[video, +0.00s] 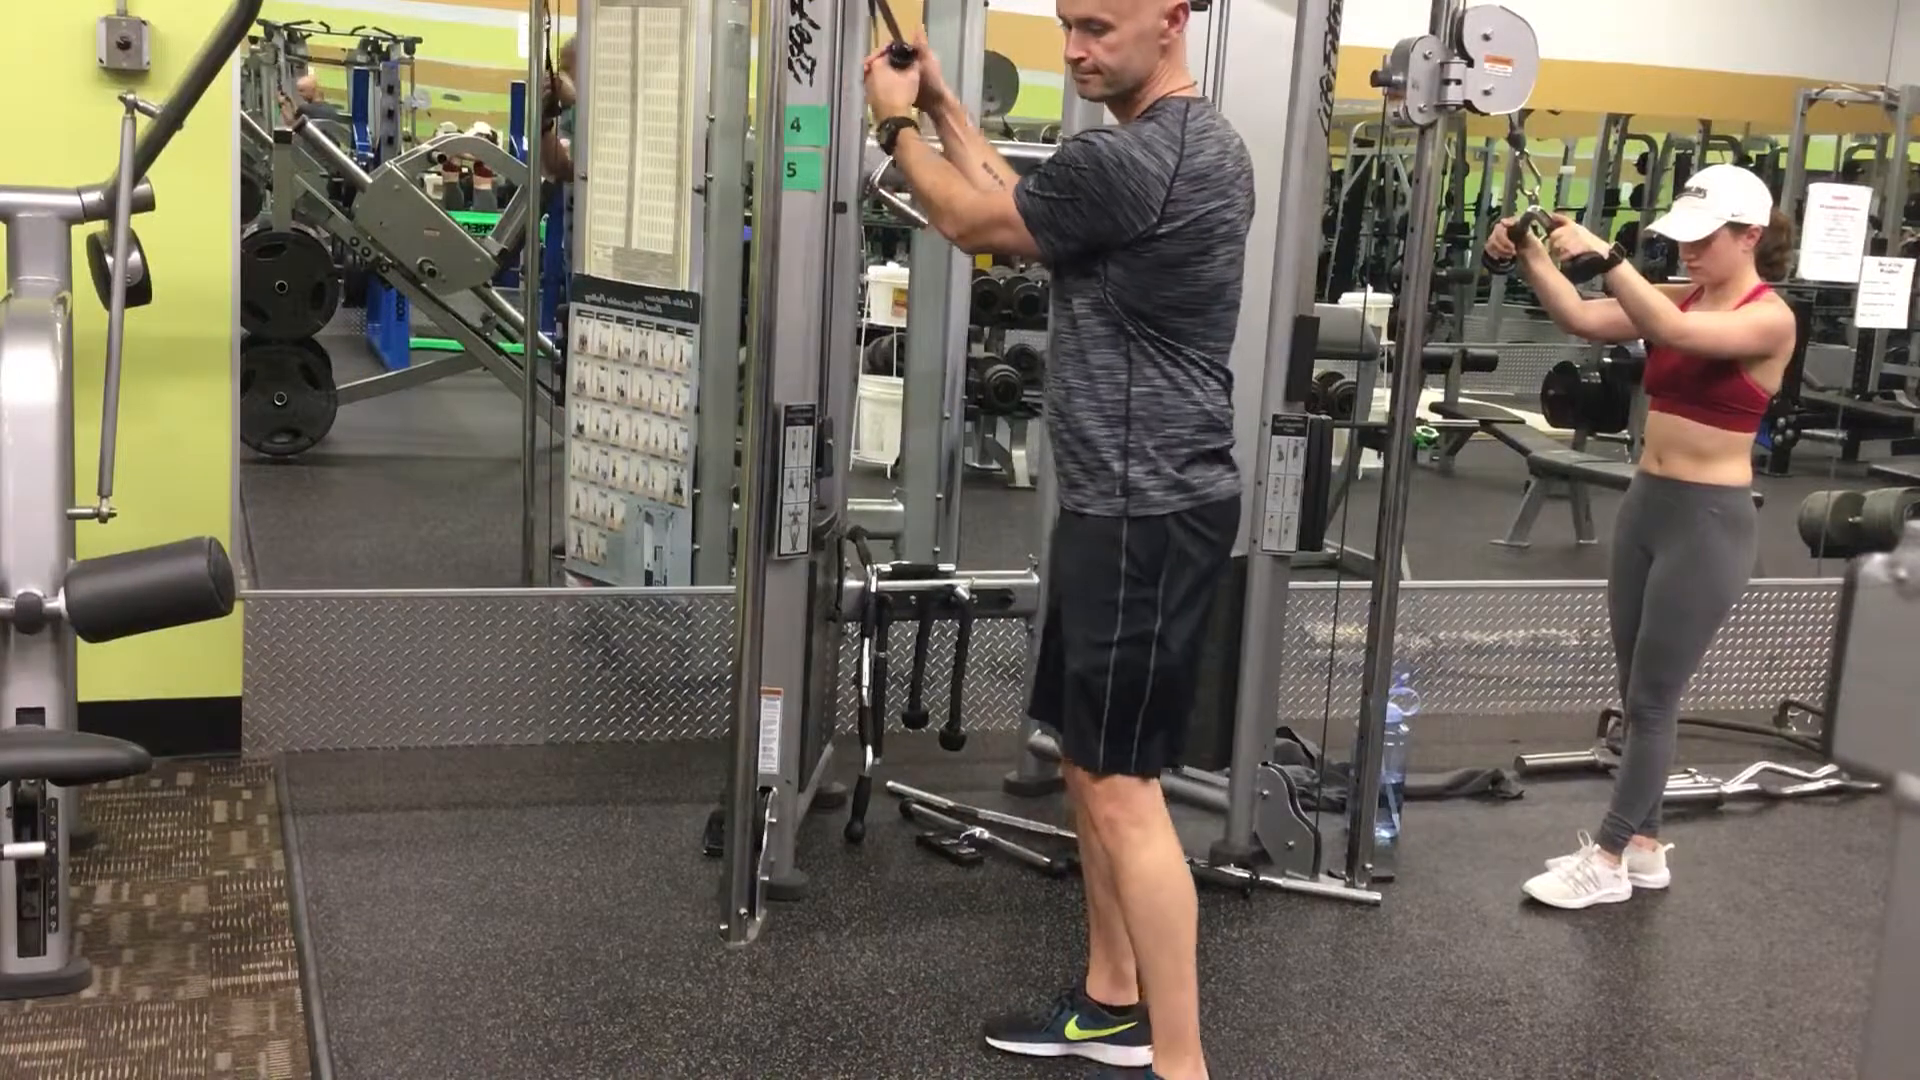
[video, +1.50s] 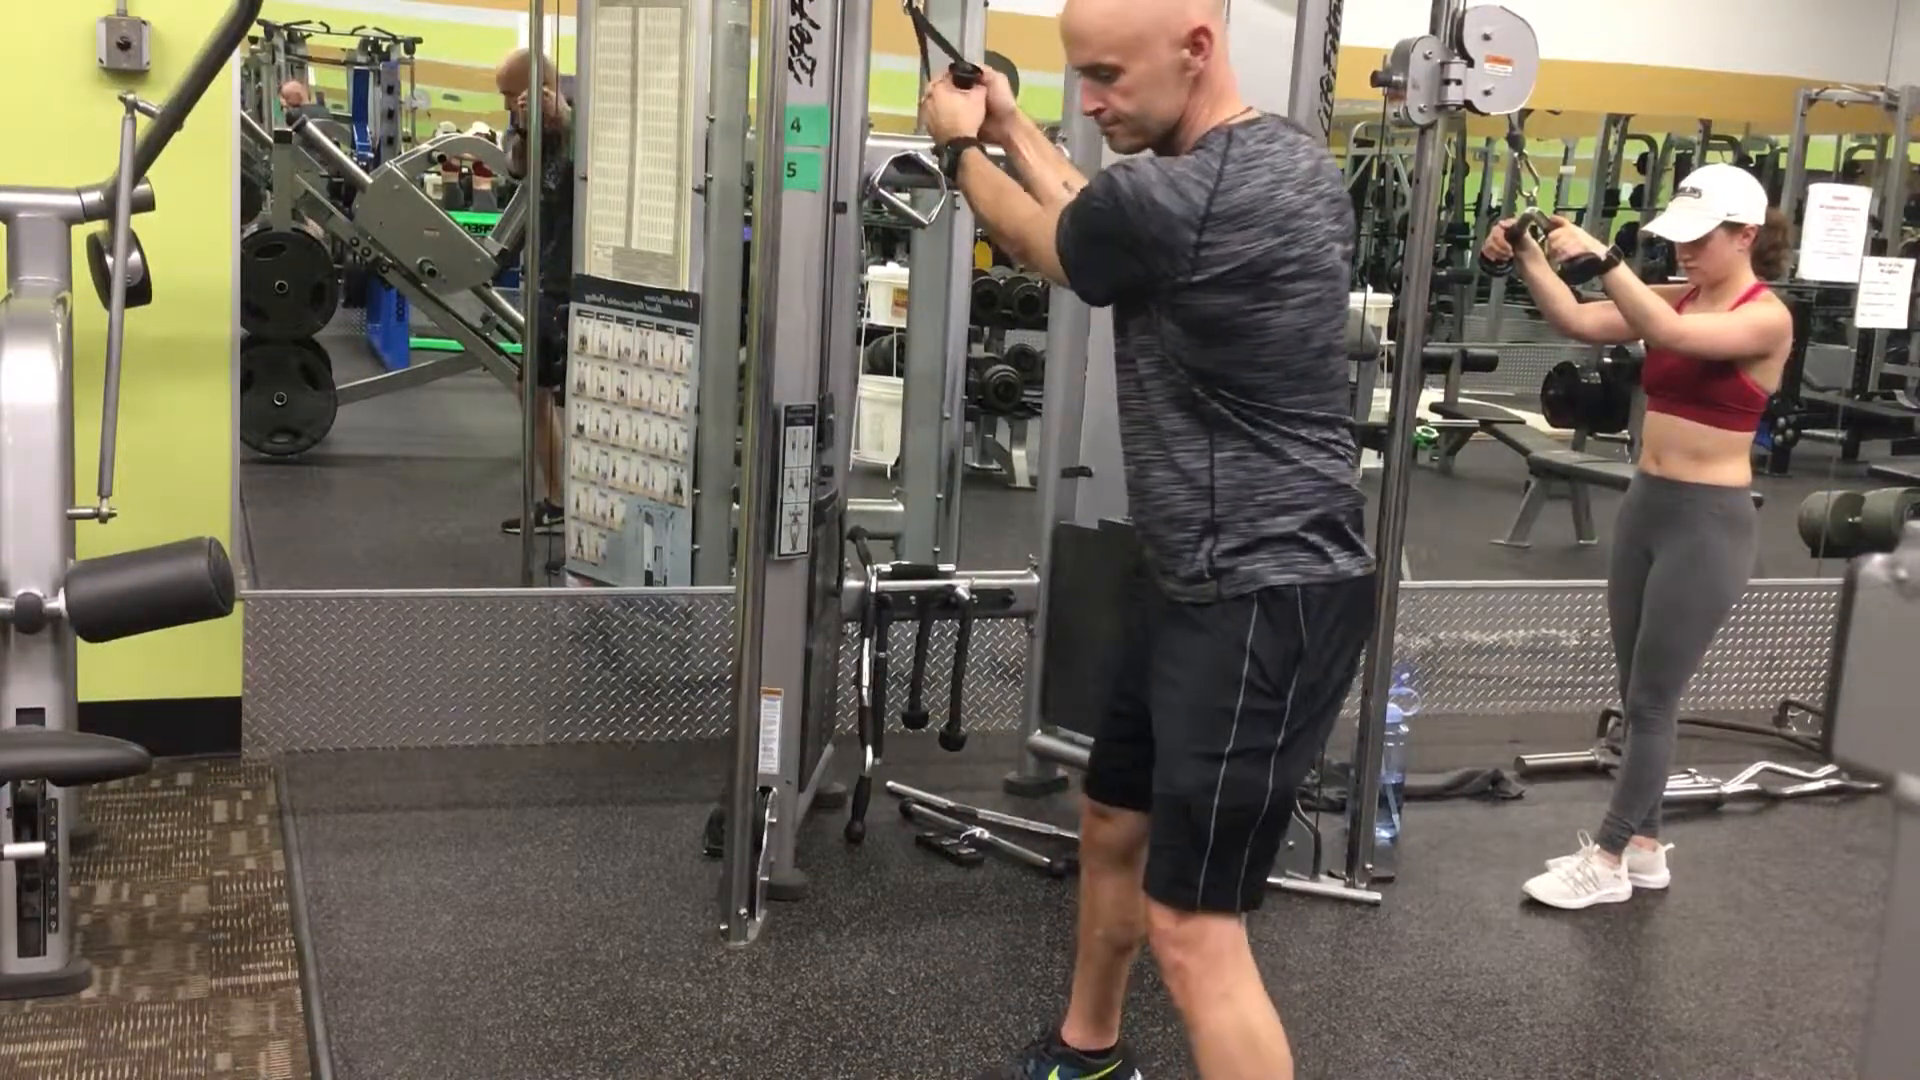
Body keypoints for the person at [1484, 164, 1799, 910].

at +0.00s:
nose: (1685, 253)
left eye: (1700, 239)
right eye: (1681, 239)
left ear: (1749, 236)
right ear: (1681, 238)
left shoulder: (1772, 317)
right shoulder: (1679, 301)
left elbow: (1673, 328)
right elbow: (1584, 316)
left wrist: (1603, 254)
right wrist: (1529, 257)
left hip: (1709, 523)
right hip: (1642, 508)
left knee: (1653, 698)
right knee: (1639, 692)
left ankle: (1605, 858)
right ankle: (1645, 846)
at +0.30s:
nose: (1684, 253)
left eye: (1698, 239)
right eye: (1679, 239)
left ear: (1747, 235)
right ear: (1680, 238)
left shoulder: (1771, 317)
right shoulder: (1678, 301)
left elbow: (1671, 329)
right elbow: (1583, 317)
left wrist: (1602, 255)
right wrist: (1527, 256)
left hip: (1709, 523)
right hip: (1642, 508)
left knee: (1652, 699)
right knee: (1640, 692)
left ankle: (1605, 859)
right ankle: (1645, 846)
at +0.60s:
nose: (1682, 253)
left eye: (1697, 239)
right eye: (1678, 240)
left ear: (1745, 237)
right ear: (1678, 239)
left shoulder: (1769, 317)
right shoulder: (1674, 301)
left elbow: (1670, 331)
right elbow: (1578, 317)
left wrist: (1601, 256)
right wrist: (1525, 256)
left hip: (1709, 524)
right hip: (1642, 508)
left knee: (1651, 699)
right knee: (1640, 693)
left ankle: (1605, 859)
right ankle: (1645, 846)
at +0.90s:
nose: (1681, 253)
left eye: (1696, 239)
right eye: (1677, 240)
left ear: (1744, 236)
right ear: (1677, 238)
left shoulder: (1768, 316)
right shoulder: (1673, 301)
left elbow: (1669, 331)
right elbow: (1576, 317)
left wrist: (1601, 257)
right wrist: (1524, 258)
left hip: (1709, 524)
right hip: (1642, 509)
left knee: (1651, 699)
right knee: (1639, 693)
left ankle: (1606, 858)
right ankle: (1645, 845)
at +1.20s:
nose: (1681, 253)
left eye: (1695, 239)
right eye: (1676, 240)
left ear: (1744, 235)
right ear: (1677, 238)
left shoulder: (1768, 317)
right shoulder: (1674, 300)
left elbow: (1669, 330)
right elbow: (1577, 318)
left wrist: (1601, 256)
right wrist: (1524, 258)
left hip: (1709, 523)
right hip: (1642, 508)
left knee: (1652, 699)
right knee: (1639, 693)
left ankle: (1606, 858)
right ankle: (1645, 846)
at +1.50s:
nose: (1681, 252)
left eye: (1696, 239)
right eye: (1678, 239)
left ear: (1745, 236)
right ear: (1679, 238)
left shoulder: (1769, 318)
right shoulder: (1675, 300)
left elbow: (1670, 331)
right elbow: (1579, 319)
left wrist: (1602, 257)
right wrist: (1525, 257)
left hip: (1709, 524)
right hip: (1642, 510)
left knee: (1652, 699)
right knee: (1639, 693)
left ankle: (1606, 859)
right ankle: (1646, 846)